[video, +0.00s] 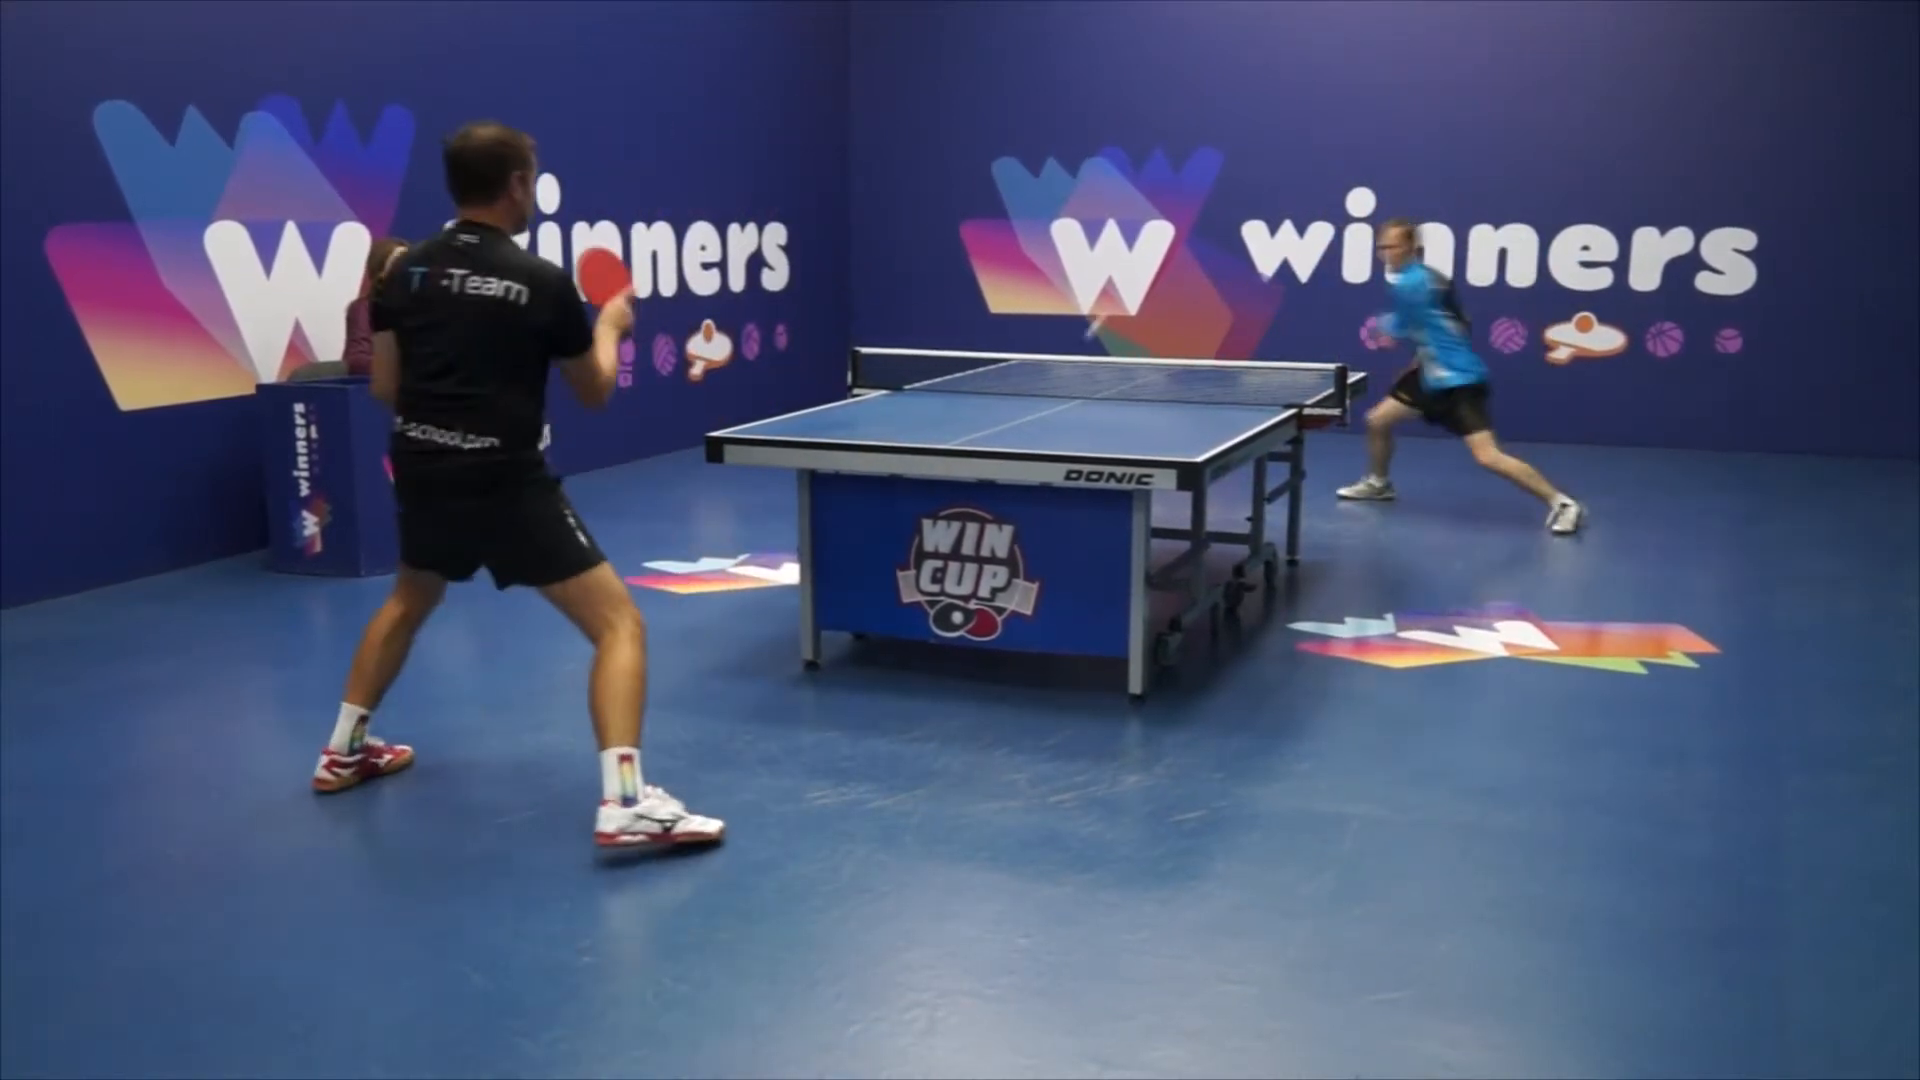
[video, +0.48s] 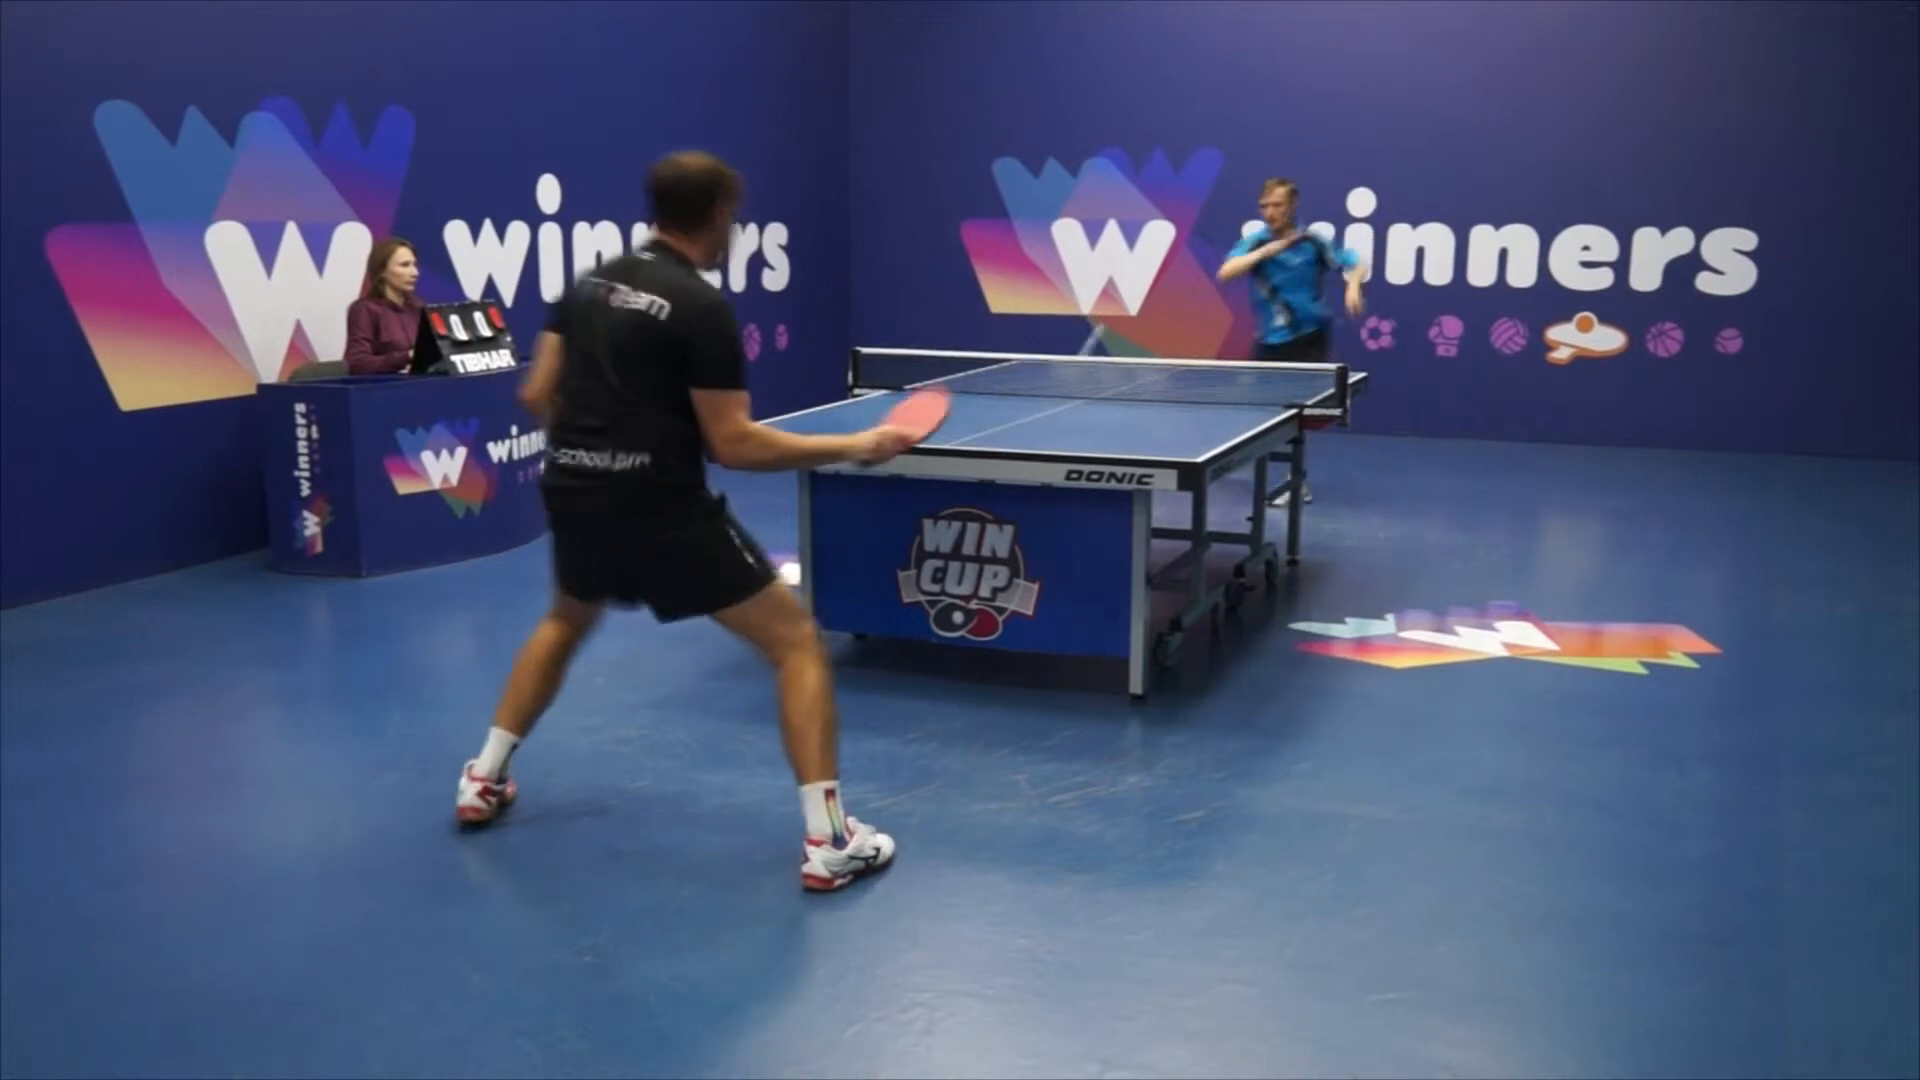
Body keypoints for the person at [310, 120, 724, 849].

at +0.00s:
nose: (536, 190)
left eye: (532, 179)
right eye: (533, 180)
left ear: (456, 188)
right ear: (516, 188)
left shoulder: (405, 270)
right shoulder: (543, 284)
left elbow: (387, 388)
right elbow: (593, 390)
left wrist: (453, 381)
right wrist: (609, 326)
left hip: (422, 478)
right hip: (508, 482)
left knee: (409, 600)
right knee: (618, 625)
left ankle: (344, 744)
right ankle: (624, 797)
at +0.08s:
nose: (556, 191)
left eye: (551, 179)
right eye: (552, 181)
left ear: (479, 193)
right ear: (538, 193)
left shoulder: (428, 270)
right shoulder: (563, 286)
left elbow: (384, 384)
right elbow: (599, 405)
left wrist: (432, 415)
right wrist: (617, 347)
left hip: (433, 484)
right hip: (520, 491)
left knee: (415, 603)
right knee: (627, 631)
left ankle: (344, 745)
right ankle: (629, 803)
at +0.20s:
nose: (609, 177)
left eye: (603, 165)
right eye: (605, 167)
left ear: (530, 174)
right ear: (590, 174)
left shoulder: (473, 246)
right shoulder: (604, 258)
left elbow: (410, 343)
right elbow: (635, 389)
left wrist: (456, 399)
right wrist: (660, 361)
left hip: (478, 468)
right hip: (564, 473)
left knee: (441, 600)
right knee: (674, 611)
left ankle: (366, 738)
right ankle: (649, 798)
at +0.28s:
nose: (645, 174)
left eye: (642, 162)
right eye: (641, 164)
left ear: (564, 171)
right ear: (627, 171)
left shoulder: (504, 235)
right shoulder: (639, 248)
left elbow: (439, 332)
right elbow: (672, 381)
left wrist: (476, 389)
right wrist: (707, 363)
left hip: (504, 452)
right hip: (594, 453)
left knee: (481, 581)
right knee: (720, 594)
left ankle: (419, 739)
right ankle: (703, 774)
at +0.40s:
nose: (698, 201)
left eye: (692, 189)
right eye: (695, 190)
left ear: (621, 192)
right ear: (682, 196)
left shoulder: (563, 264)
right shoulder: (683, 285)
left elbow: (500, 367)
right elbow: (708, 418)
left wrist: (550, 419)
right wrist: (803, 429)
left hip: (552, 472)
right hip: (640, 480)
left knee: (533, 607)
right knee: (755, 643)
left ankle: (479, 775)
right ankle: (814, 824)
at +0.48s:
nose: (732, 228)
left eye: (731, 216)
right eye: (731, 217)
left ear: (655, 214)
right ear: (716, 220)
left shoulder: (590, 284)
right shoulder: (701, 307)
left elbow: (537, 394)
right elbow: (734, 442)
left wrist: (611, 417)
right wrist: (854, 446)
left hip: (574, 499)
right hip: (663, 509)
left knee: (567, 617)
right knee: (796, 640)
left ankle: (483, 775)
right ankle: (829, 836)